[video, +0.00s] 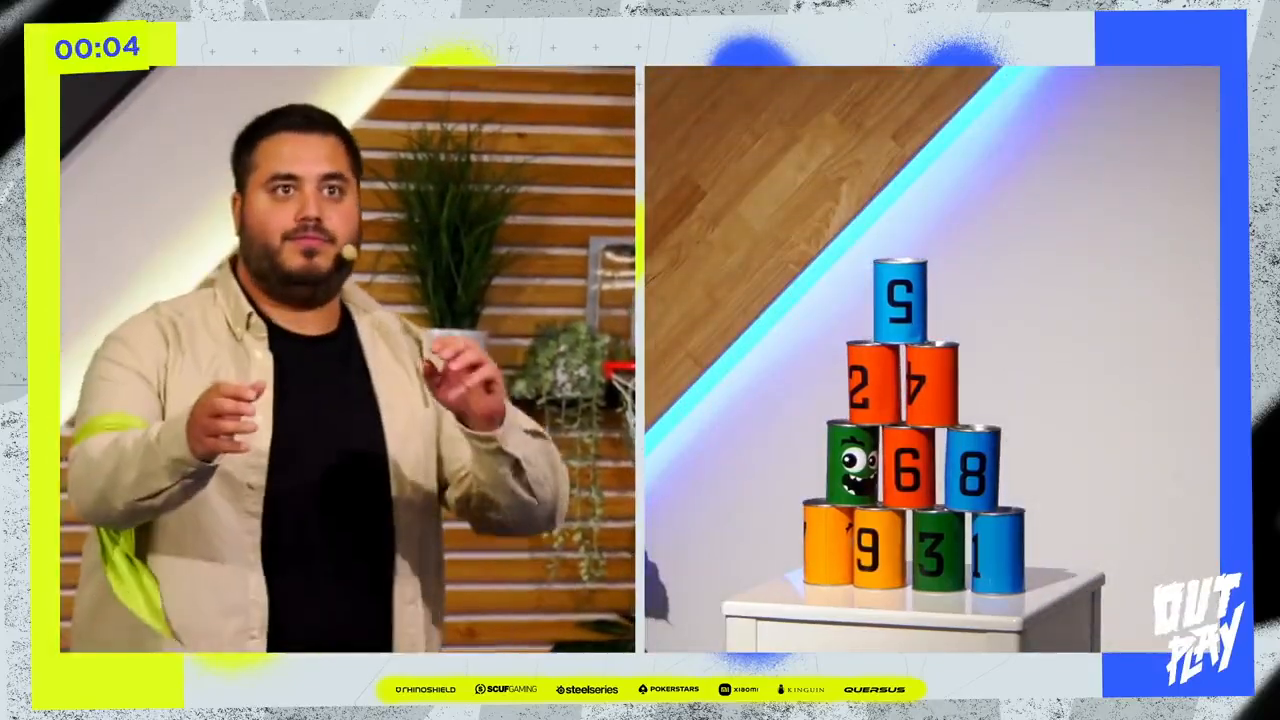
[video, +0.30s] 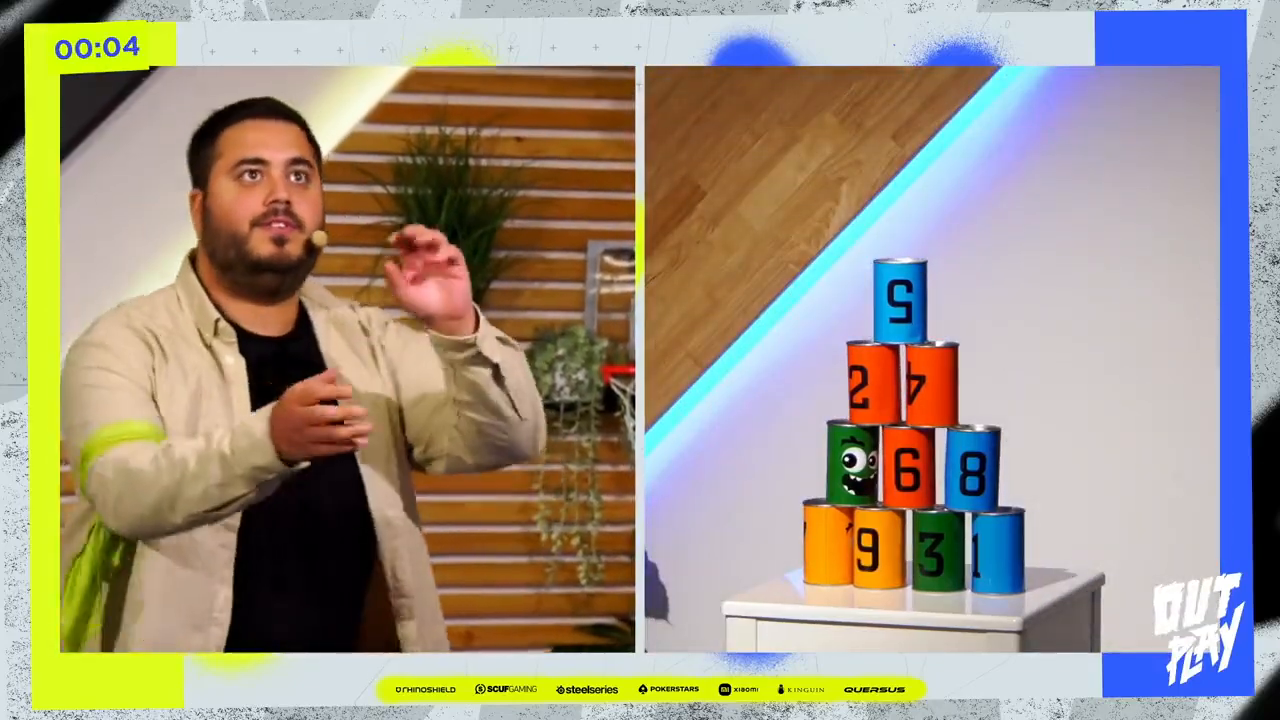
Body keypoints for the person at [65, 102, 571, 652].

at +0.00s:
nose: (311, 211)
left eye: (333, 189)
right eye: (284, 189)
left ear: (357, 213)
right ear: (240, 209)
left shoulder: (414, 354)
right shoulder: (155, 342)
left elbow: (532, 510)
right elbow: (91, 490)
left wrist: (495, 428)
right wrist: (183, 442)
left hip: (381, 694)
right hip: (201, 693)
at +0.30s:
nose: (280, 195)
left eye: (300, 176)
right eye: (249, 175)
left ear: (321, 208)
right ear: (200, 208)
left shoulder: (379, 340)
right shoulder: (124, 345)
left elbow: (510, 440)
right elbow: (127, 495)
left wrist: (461, 329)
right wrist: (269, 440)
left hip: (363, 680)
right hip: (194, 682)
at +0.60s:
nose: (290, 220)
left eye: (304, 201)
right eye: (259, 195)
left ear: (318, 221)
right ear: (191, 219)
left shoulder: (334, 345)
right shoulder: (127, 362)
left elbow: (476, 483)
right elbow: (271, 500)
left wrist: (511, 385)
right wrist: (459, 401)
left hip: (322, 698)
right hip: (158, 702)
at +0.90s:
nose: (345, 389)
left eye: (362, 367)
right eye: (332, 359)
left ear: (376, 352)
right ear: (269, 311)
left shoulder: (333, 413)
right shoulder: (150, 417)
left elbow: (365, 572)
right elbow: (148, 628)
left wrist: (422, 624)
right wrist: (350, 665)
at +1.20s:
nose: (327, 327)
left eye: (345, 305)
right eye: (306, 296)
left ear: (356, 310)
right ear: (242, 281)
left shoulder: (311, 399)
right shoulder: (157, 403)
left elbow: (345, 556)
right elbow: (143, 617)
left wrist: (369, 637)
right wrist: (331, 639)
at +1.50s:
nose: (304, 277)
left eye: (320, 257)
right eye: (276, 253)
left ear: (333, 271)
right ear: (217, 265)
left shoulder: (299, 392)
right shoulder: (168, 381)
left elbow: (280, 604)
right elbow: (185, 558)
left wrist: (410, 627)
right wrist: (377, 571)